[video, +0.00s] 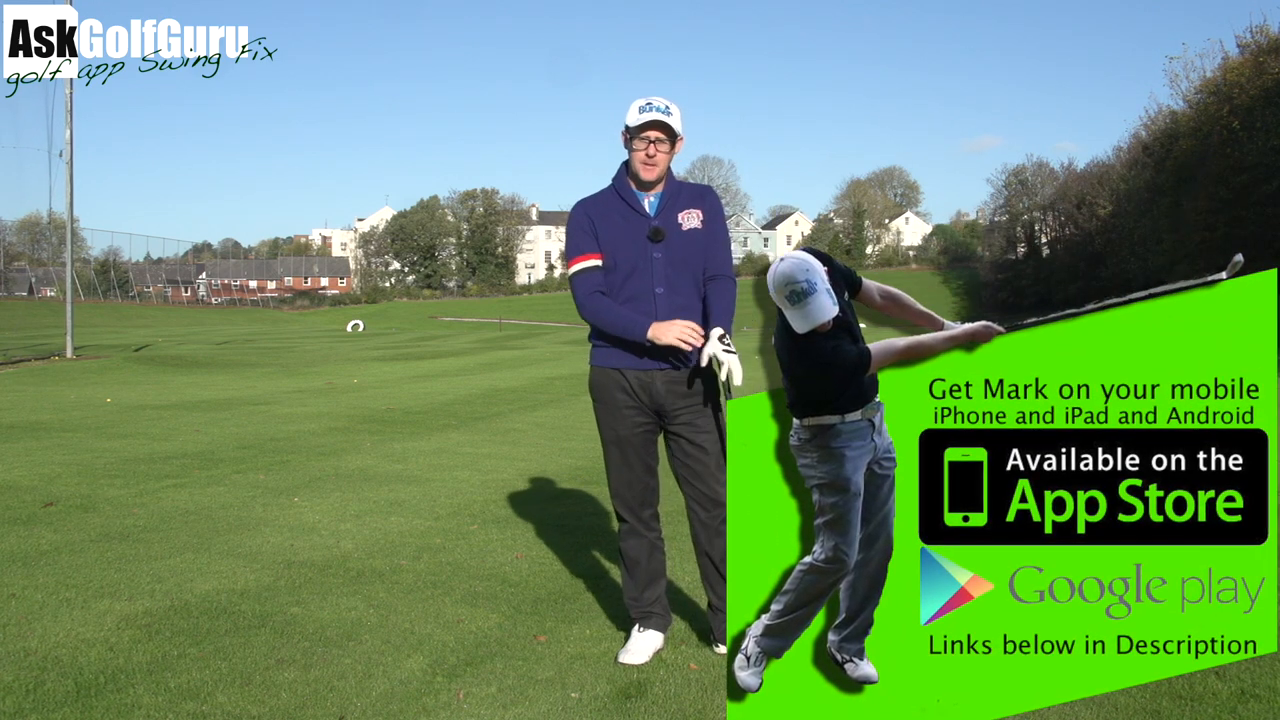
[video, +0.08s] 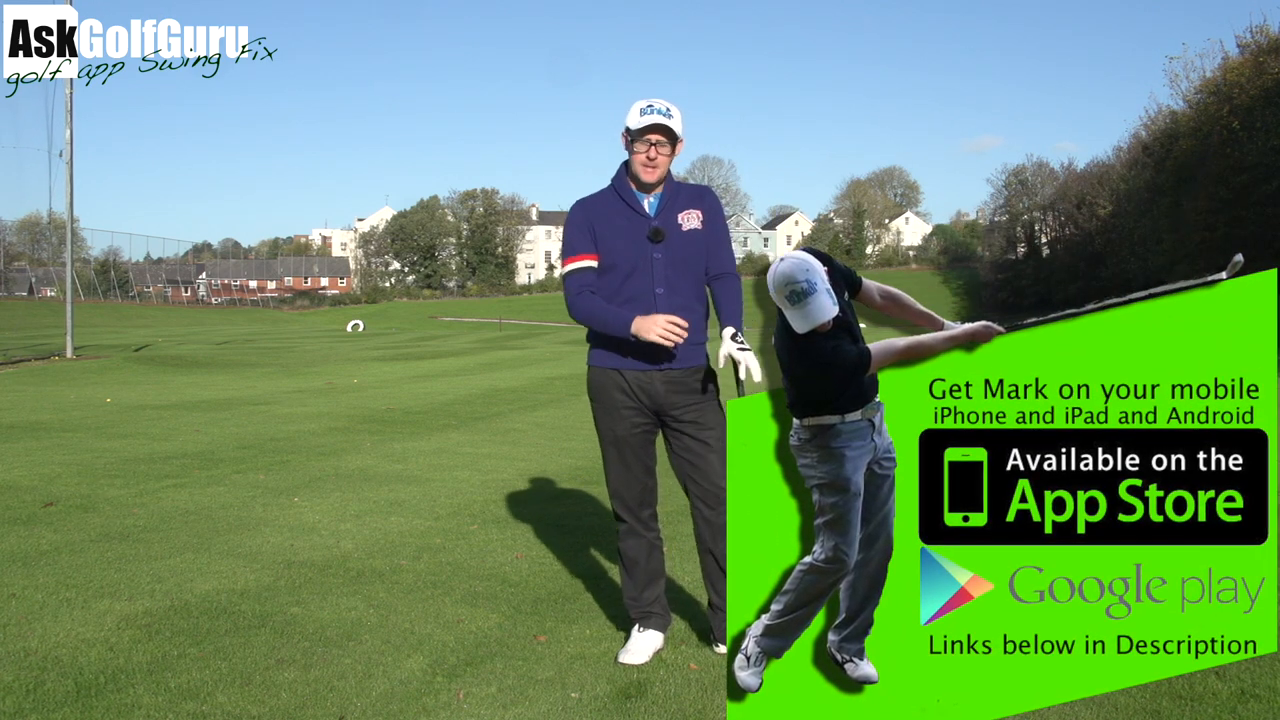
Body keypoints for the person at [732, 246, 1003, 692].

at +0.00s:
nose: (823, 324)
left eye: (825, 310)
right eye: (811, 322)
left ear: (824, 284)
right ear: (785, 308)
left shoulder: (819, 268)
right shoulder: (807, 350)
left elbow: (880, 296)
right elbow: (899, 352)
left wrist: (946, 327)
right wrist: (963, 337)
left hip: (871, 425)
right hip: (828, 440)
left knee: (874, 546)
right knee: (835, 555)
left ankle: (846, 642)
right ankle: (762, 641)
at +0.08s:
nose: (823, 324)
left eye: (825, 310)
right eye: (811, 321)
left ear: (823, 284)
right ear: (785, 307)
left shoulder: (819, 268)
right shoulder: (807, 350)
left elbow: (880, 296)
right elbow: (898, 352)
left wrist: (945, 326)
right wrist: (962, 337)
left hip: (871, 425)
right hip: (828, 439)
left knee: (874, 546)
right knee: (835, 555)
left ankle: (846, 643)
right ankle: (762, 641)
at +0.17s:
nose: (823, 323)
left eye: (825, 310)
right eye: (811, 321)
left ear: (823, 284)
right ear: (786, 308)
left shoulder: (819, 268)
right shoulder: (808, 351)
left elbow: (880, 296)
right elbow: (900, 352)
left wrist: (946, 327)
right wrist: (963, 337)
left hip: (871, 425)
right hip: (828, 439)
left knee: (874, 546)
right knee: (835, 554)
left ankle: (846, 642)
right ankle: (762, 641)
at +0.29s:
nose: (823, 324)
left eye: (825, 310)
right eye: (810, 322)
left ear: (824, 284)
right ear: (786, 307)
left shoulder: (819, 268)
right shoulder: (808, 351)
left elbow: (880, 296)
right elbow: (900, 352)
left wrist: (946, 327)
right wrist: (963, 337)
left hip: (871, 425)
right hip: (828, 439)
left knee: (874, 546)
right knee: (835, 555)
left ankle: (846, 642)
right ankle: (762, 641)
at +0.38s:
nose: (823, 323)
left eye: (825, 310)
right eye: (811, 321)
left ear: (823, 284)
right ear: (786, 307)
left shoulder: (819, 268)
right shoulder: (808, 351)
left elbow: (880, 296)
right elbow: (900, 352)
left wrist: (946, 327)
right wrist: (963, 337)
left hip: (871, 425)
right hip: (828, 439)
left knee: (874, 546)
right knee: (835, 554)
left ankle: (846, 642)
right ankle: (762, 641)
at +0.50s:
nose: (823, 323)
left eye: (825, 310)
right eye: (811, 321)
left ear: (823, 284)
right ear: (786, 308)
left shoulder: (818, 268)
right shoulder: (808, 350)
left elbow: (880, 296)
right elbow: (899, 352)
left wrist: (946, 327)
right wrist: (963, 337)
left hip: (871, 425)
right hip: (828, 439)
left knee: (874, 546)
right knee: (835, 555)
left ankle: (846, 642)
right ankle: (762, 641)